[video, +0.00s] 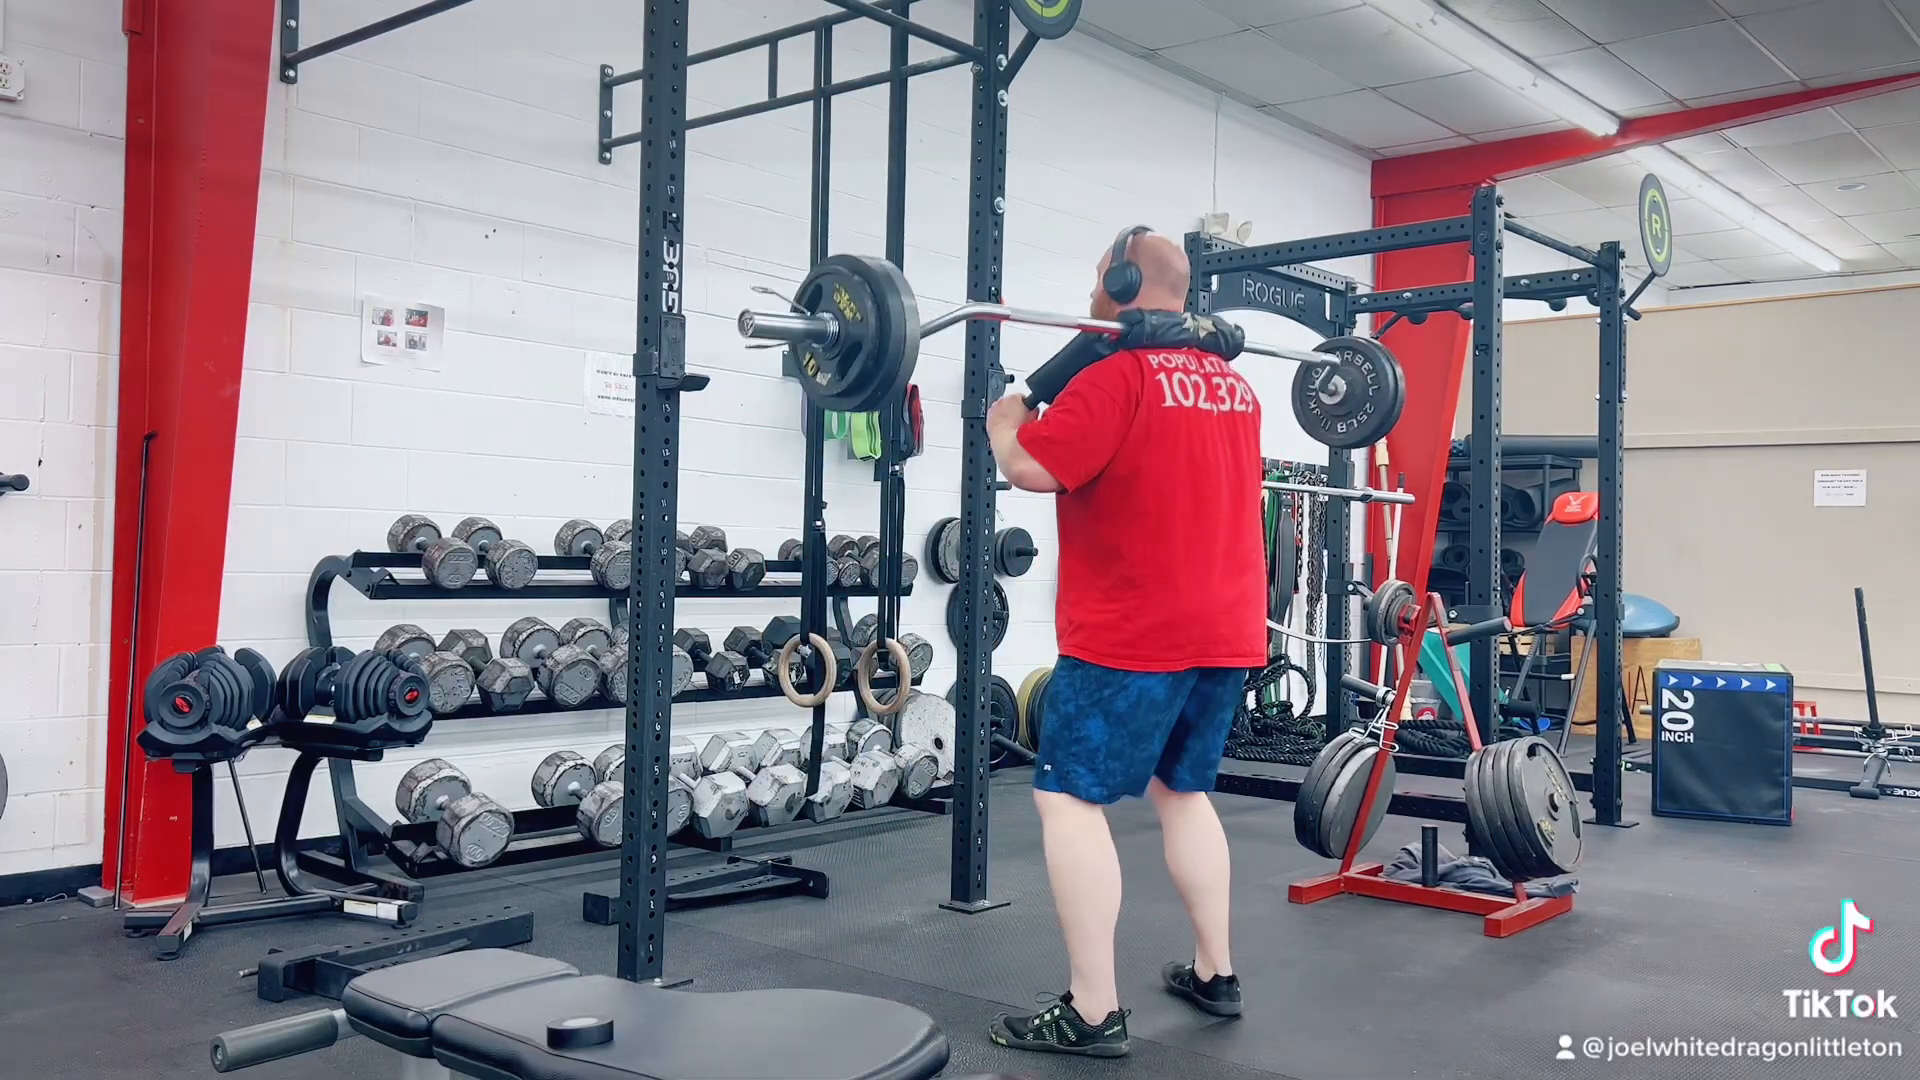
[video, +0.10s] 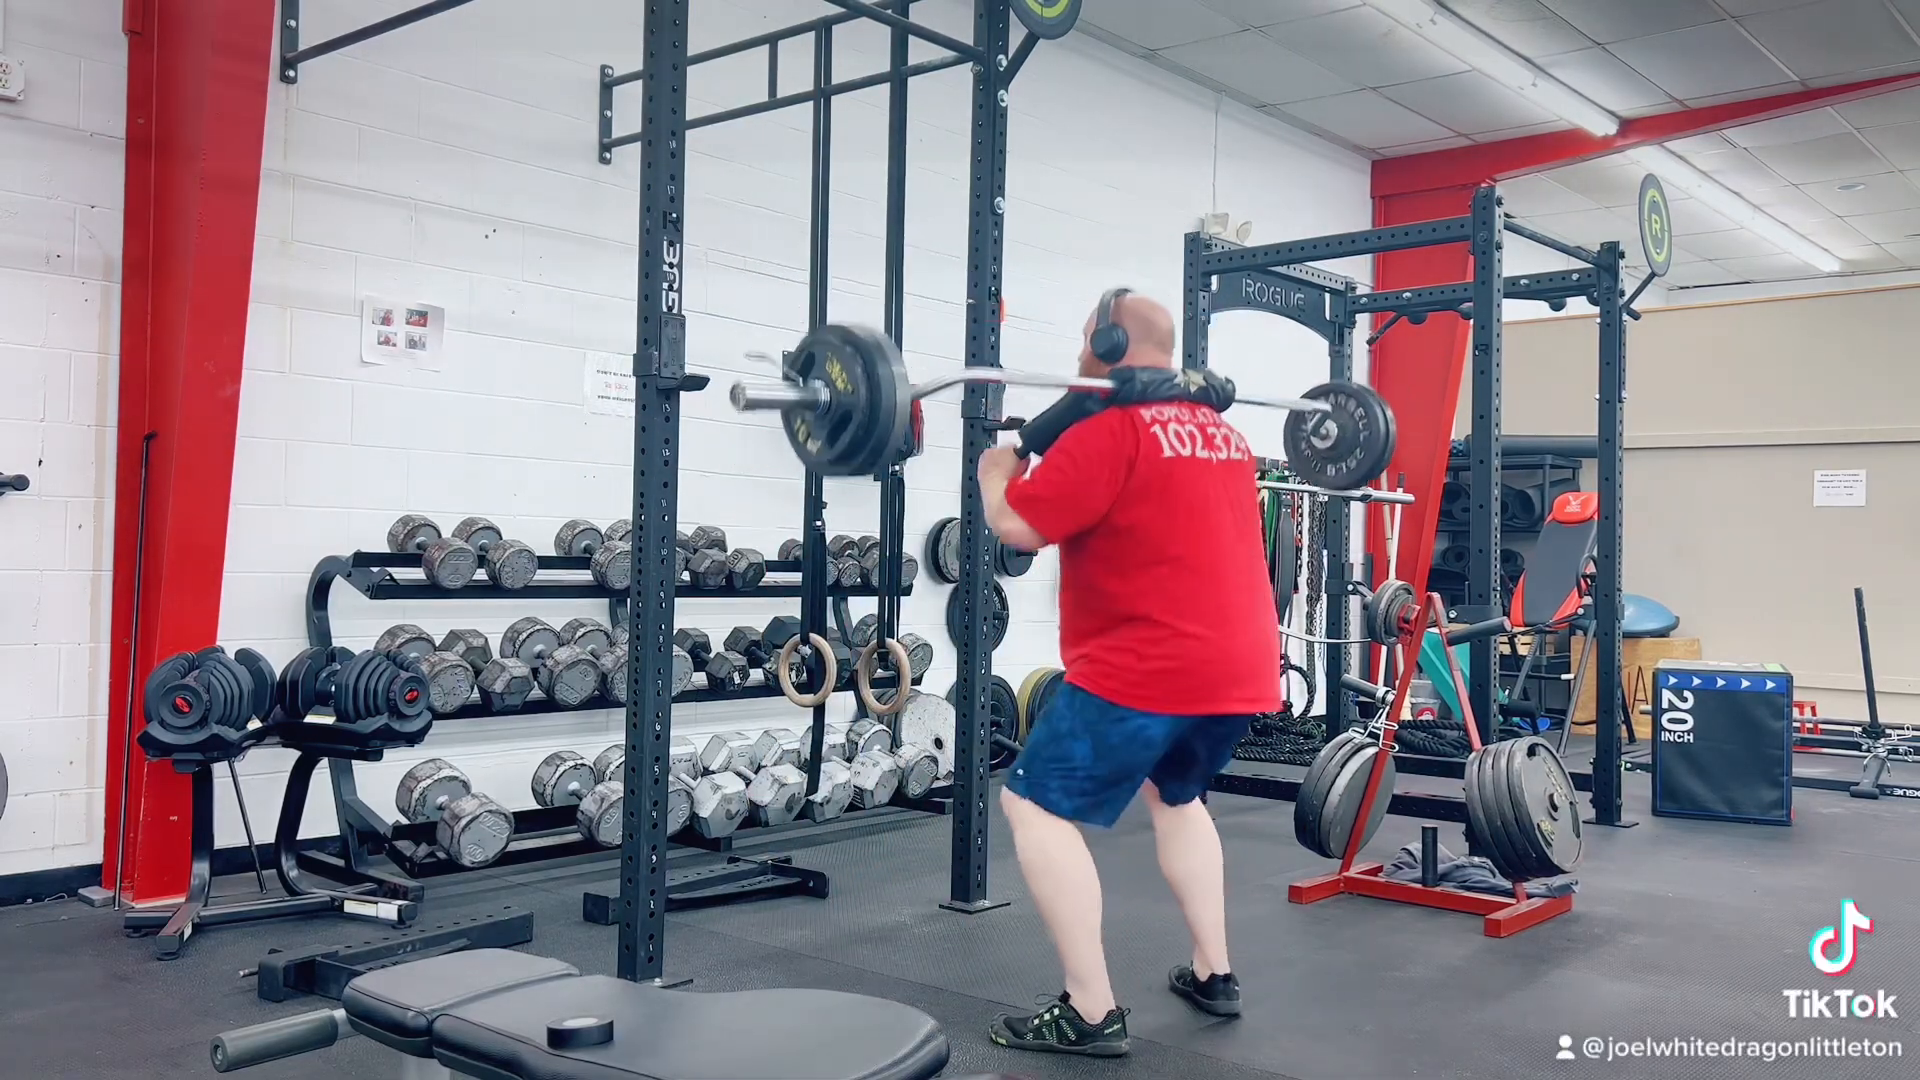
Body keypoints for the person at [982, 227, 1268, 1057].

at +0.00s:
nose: (1091, 301)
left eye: (1096, 289)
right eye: (1097, 287)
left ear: (1114, 298)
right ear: (1181, 301)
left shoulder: (1118, 372)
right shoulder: (1233, 381)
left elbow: (1030, 467)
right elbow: (1238, 498)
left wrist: (1005, 422)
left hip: (1131, 633)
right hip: (1230, 632)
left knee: (1066, 791)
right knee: (1184, 787)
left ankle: (1093, 1008)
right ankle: (1216, 972)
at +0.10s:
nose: (1078, 358)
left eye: (1083, 345)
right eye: (1082, 344)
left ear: (1103, 352)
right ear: (1167, 352)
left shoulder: (1112, 429)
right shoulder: (1223, 430)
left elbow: (1015, 526)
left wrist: (994, 471)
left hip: (1142, 667)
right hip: (1243, 669)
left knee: (1034, 799)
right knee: (1176, 792)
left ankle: (1091, 1007)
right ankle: (1215, 974)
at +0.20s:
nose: (1067, 436)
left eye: (1072, 422)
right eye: (1070, 423)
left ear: (1092, 429)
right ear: (1158, 430)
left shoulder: (1108, 504)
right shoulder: (1212, 497)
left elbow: (1006, 597)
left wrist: (990, 540)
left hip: (1160, 728)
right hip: (1261, 730)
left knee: (1014, 810)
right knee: (1172, 808)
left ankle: (1090, 1009)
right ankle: (1214, 975)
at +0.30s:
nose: (1066, 508)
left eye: (1069, 497)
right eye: (1072, 497)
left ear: (1081, 500)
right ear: (1154, 500)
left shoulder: (1103, 572)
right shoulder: (1203, 560)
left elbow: (997, 665)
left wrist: (981, 605)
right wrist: (1069, 567)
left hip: (1186, 789)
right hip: (1275, 789)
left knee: (999, 812)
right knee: (1155, 798)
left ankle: (1089, 1009)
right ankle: (1213, 973)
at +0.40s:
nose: (1066, 560)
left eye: (1069, 549)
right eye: (1071, 548)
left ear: (1082, 556)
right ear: (1149, 555)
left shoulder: (1101, 627)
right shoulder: (1201, 612)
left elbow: (995, 723)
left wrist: (978, 660)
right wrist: (1075, 615)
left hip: (1190, 845)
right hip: (1274, 843)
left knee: (988, 820)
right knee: (1156, 784)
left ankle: (1088, 1009)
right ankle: (1211, 973)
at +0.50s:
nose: (1064, 594)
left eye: (1068, 581)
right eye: (1067, 580)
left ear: (1087, 589)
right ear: (1150, 589)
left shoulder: (1098, 669)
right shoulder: (1204, 649)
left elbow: (998, 763)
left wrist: (981, 699)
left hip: (1192, 889)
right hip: (1271, 882)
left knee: (987, 821)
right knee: (1161, 795)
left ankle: (1088, 1009)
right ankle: (1208, 971)